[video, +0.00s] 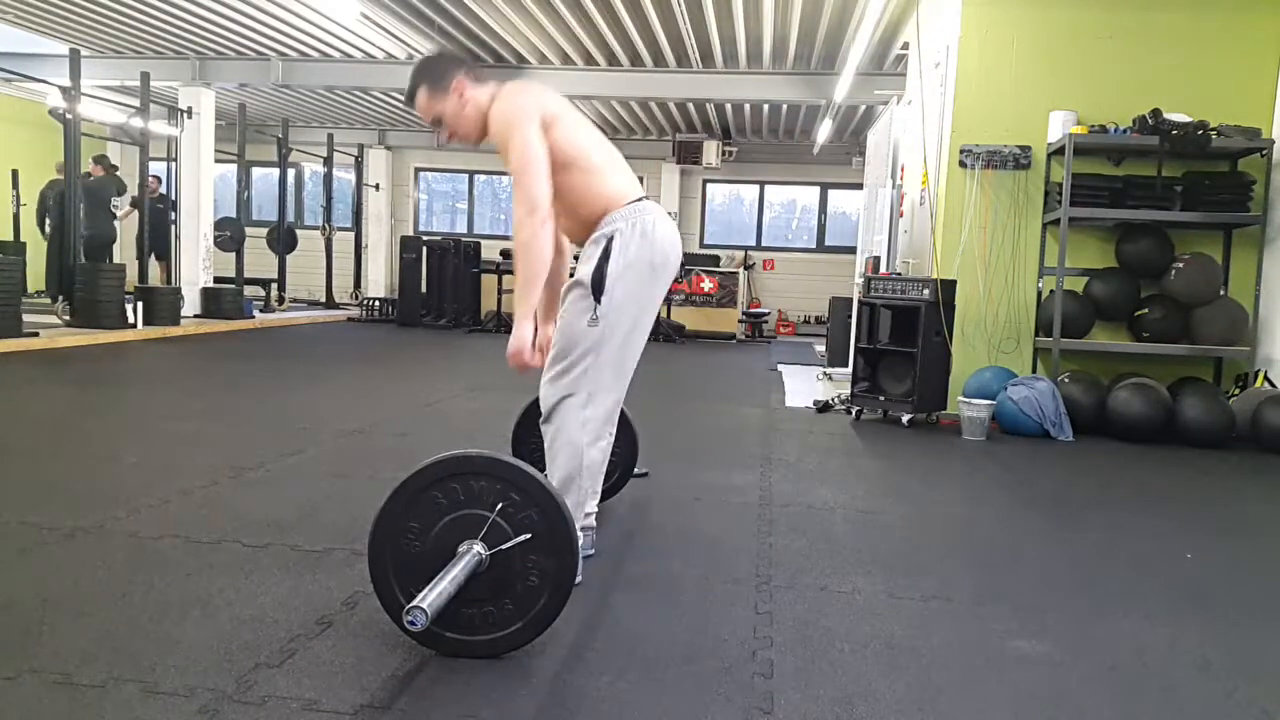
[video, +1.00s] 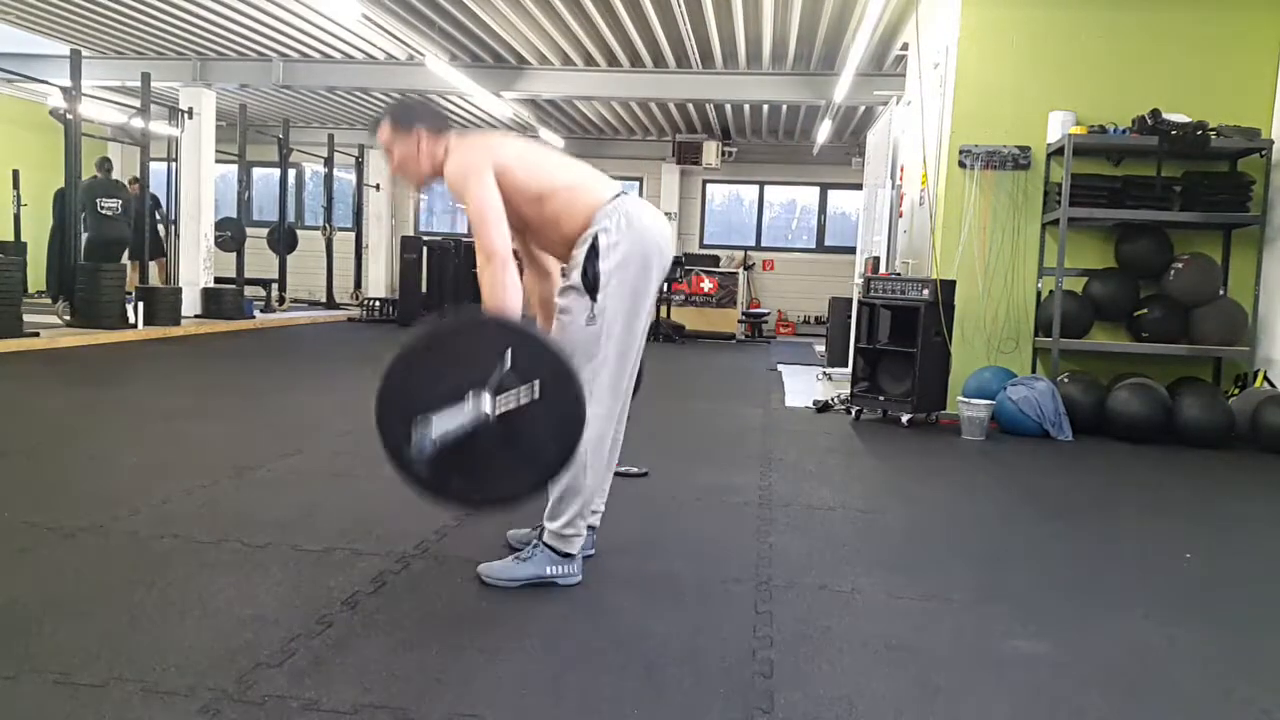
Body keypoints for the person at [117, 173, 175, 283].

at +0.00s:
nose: (149, 185)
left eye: (152, 183)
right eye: (148, 182)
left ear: (158, 186)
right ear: (146, 184)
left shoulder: (165, 200)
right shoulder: (140, 199)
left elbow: (180, 210)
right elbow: (127, 211)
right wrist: (117, 217)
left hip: (161, 237)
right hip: (144, 236)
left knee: (164, 266)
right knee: (142, 265)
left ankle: (165, 291)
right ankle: (142, 291)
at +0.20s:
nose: (147, 188)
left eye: (149, 185)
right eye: (144, 185)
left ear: (154, 185)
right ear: (141, 185)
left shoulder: (163, 198)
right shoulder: (137, 199)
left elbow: (177, 211)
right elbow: (123, 211)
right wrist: (115, 211)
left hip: (161, 236)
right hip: (144, 236)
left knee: (163, 267)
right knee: (141, 265)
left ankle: (165, 292)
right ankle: (140, 292)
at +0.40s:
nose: (136, 185)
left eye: (138, 182)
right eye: (135, 182)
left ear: (145, 183)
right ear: (135, 183)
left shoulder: (157, 198)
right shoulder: (133, 199)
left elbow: (168, 212)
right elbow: (136, 215)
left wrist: (167, 223)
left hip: (156, 234)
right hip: (139, 234)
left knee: (161, 263)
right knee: (137, 264)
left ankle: (164, 291)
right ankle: (137, 291)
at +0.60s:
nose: (131, 186)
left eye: (134, 183)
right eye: (129, 184)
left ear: (140, 183)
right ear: (127, 186)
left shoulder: (153, 197)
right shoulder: (128, 199)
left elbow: (165, 215)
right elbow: (124, 220)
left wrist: (170, 232)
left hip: (152, 234)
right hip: (135, 235)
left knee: (158, 262)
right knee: (135, 264)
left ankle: (163, 290)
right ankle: (134, 292)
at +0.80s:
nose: (131, 187)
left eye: (133, 184)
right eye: (128, 185)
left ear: (139, 184)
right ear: (126, 187)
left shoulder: (151, 198)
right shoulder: (127, 200)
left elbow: (162, 216)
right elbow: (124, 219)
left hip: (151, 234)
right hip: (134, 235)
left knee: (158, 263)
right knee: (133, 265)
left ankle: (164, 292)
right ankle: (130, 293)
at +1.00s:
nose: (134, 189)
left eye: (136, 186)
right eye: (131, 187)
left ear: (140, 186)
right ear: (129, 188)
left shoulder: (151, 198)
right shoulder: (128, 200)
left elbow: (162, 215)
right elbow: (124, 218)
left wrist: (167, 230)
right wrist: (126, 234)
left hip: (151, 232)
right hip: (135, 233)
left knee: (161, 261)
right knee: (134, 263)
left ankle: (165, 288)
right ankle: (131, 291)